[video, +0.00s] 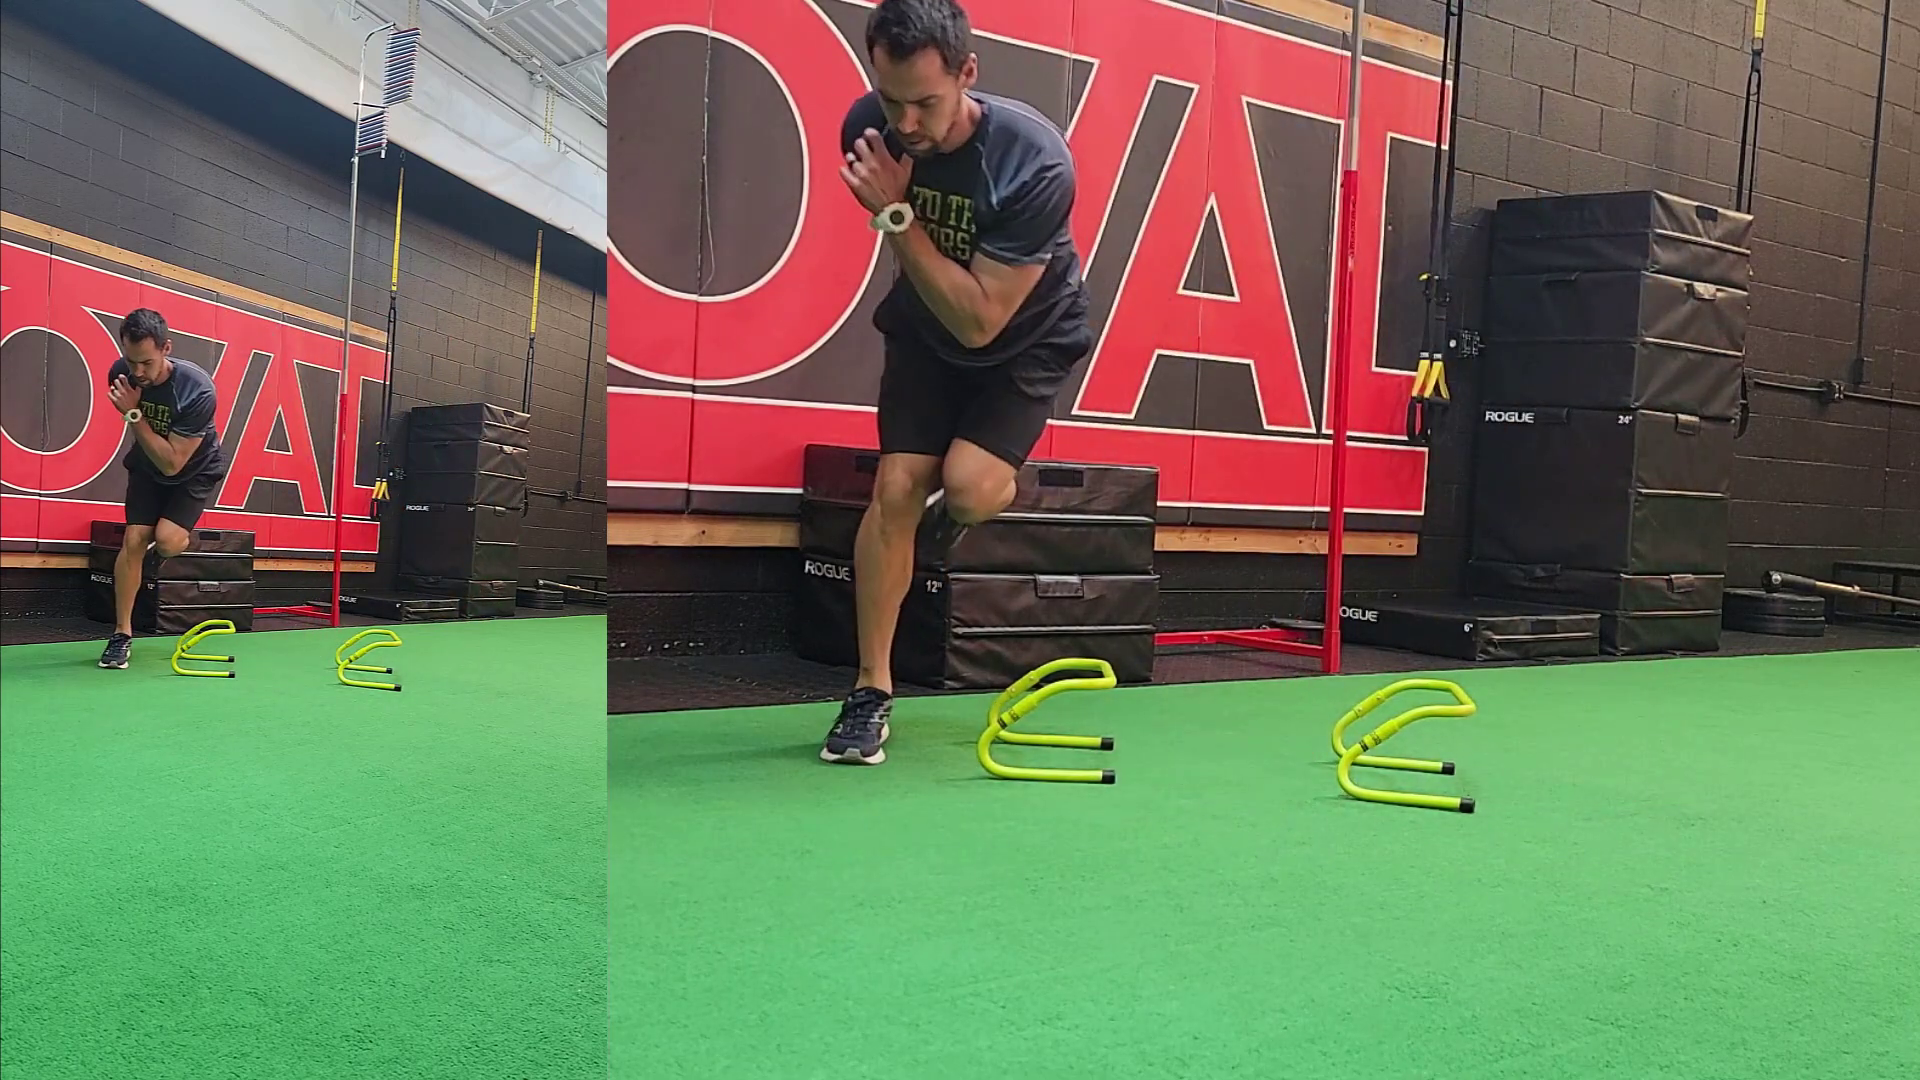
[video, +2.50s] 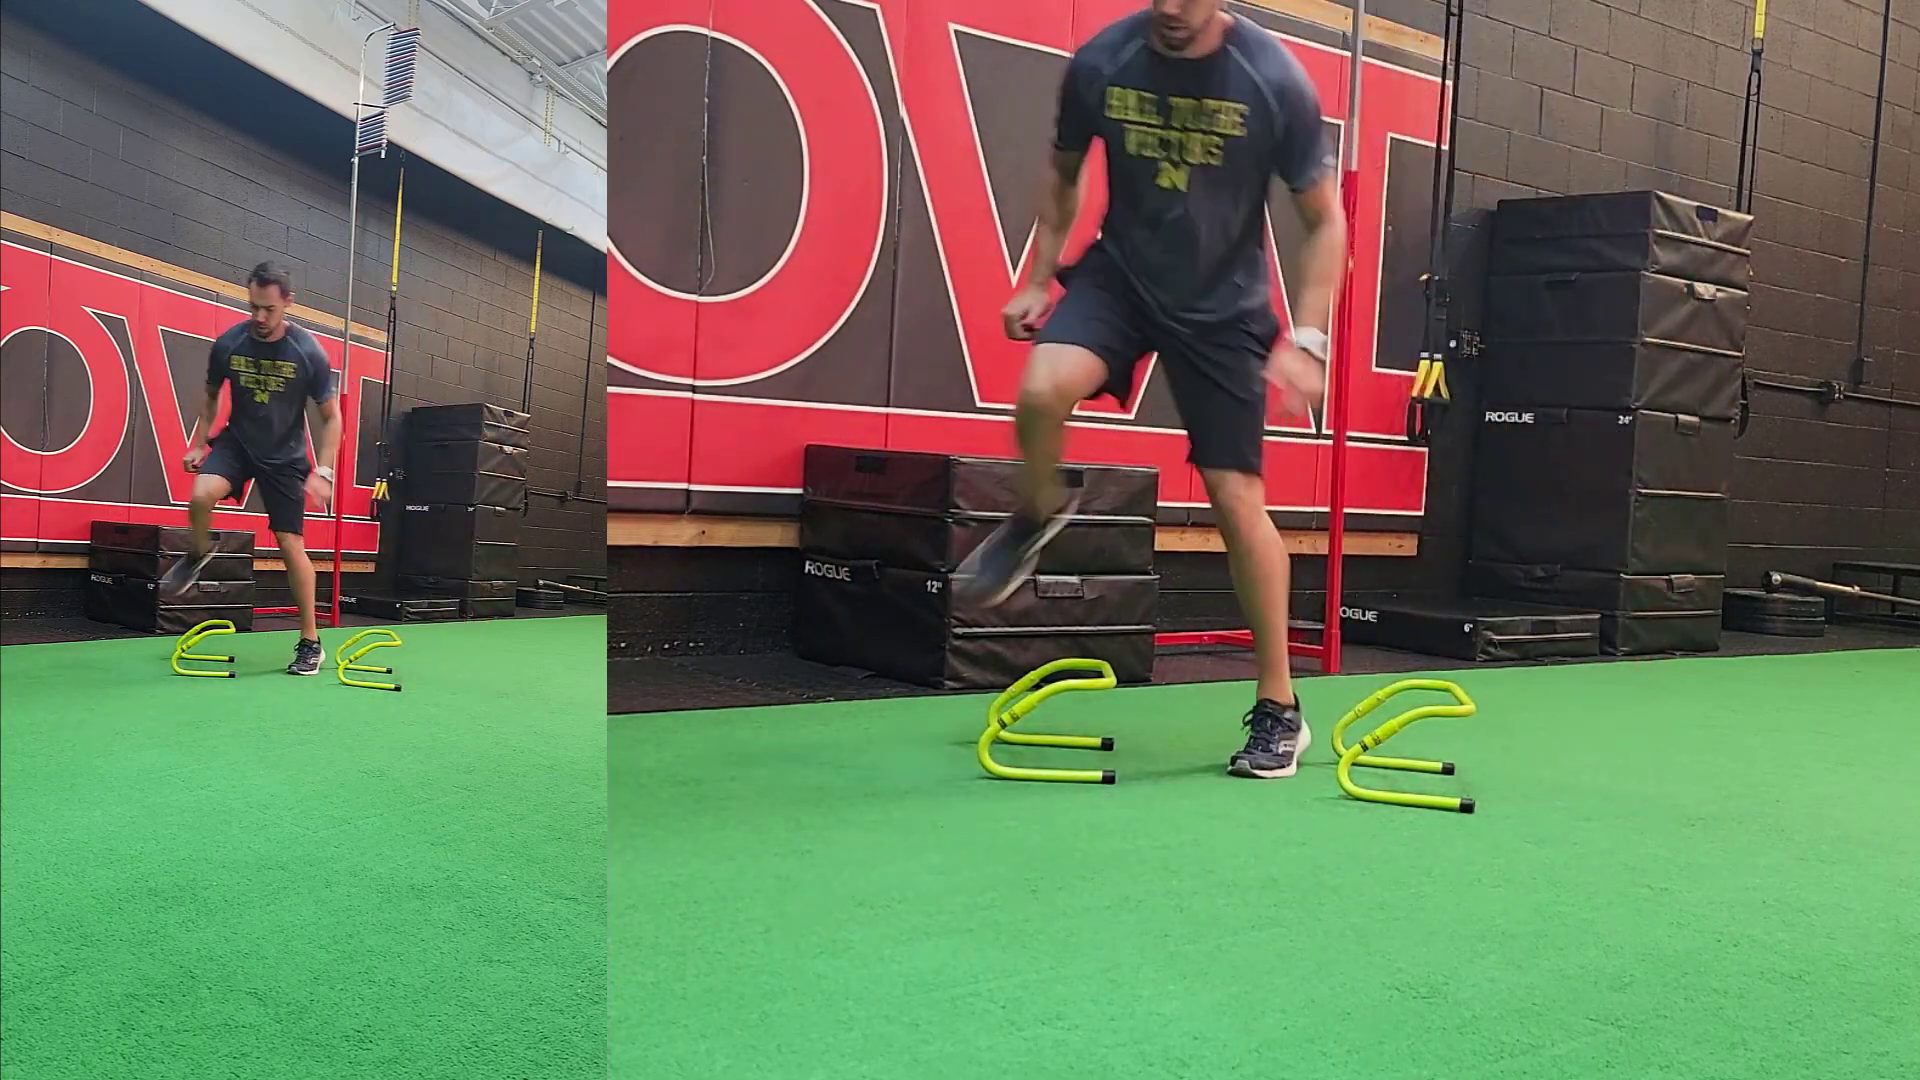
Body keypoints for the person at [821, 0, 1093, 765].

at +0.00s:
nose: (906, 122)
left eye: (925, 102)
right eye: (892, 100)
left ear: (967, 76)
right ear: (874, 79)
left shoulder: (1036, 166)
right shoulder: (870, 129)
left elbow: (979, 324)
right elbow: (912, 241)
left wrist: (897, 217)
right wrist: (891, 208)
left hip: (1032, 335)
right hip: (927, 321)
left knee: (971, 487)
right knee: (896, 490)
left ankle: (963, 507)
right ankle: (872, 690)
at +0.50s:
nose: (991, 83)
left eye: (1006, 62)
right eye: (972, 66)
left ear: (1029, 43)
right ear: (942, 51)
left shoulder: (1083, 139)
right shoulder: (899, 141)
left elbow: (1159, 258)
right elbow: (878, 266)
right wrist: (879, 347)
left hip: (1054, 346)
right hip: (943, 350)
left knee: (1058, 492)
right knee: (890, 506)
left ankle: (1128, 546)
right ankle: (845, 696)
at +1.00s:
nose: (1347, 22)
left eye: (1359, 7)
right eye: (1330, 6)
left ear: (1373, 5)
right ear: (1290, 2)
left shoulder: (1400, 83)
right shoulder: (1225, 90)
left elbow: (1413, 194)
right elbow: (1169, 231)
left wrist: (1419, 304)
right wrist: (1173, 353)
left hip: (1355, 311)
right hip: (1243, 312)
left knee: (1402, 465)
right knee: (1243, 511)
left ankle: (1342, 505)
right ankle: (1204, 714)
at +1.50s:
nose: (1609, 147)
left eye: (1623, 126)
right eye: (1591, 128)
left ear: (1636, 109)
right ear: (1547, 107)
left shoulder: (1655, 169)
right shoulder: (1486, 202)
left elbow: (1653, 241)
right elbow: (1449, 348)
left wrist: (1626, 315)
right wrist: (1559, 339)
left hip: (1611, 378)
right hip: (1510, 385)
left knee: (1640, 536)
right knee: (1591, 499)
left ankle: (1635, 733)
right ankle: (1574, 590)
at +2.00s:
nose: (1475, 17)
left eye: (1493, 3)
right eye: (1461, 1)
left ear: (1519, 9)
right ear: (1437, 3)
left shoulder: (1560, 80)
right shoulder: (1376, 91)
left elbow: (1605, 221)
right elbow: (1307, 189)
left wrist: (1552, 200)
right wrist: (1258, 294)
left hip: (1509, 330)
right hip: (1394, 315)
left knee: (1564, 504)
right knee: (1352, 486)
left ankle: (1624, 708)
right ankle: (1269, 646)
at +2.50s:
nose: (1172, 10)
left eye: (1191, 0)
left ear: (1227, 2)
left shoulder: (1276, 83)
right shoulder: (1098, 64)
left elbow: (1324, 219)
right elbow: (1064, 175)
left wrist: (1307, 339)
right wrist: (1038, 278)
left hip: (1224, 304)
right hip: (1119, 279)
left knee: (1234, 495)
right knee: (1040, 392)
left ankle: (1278, 705)